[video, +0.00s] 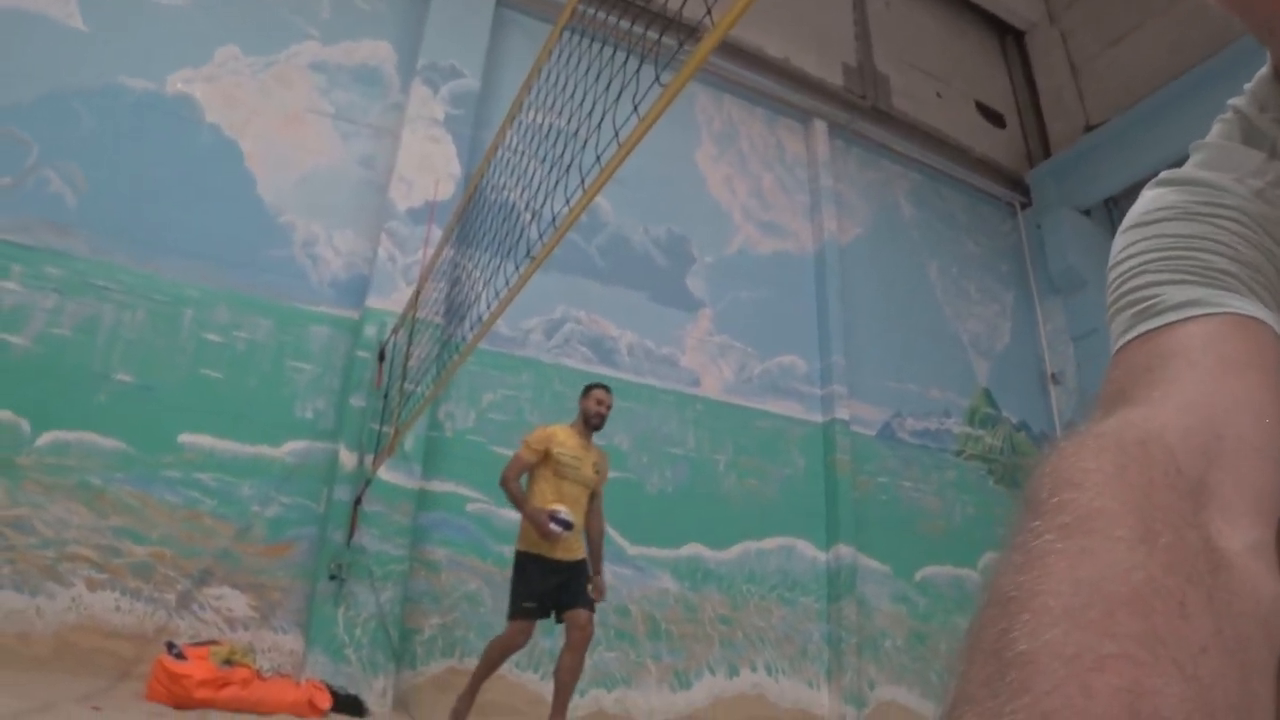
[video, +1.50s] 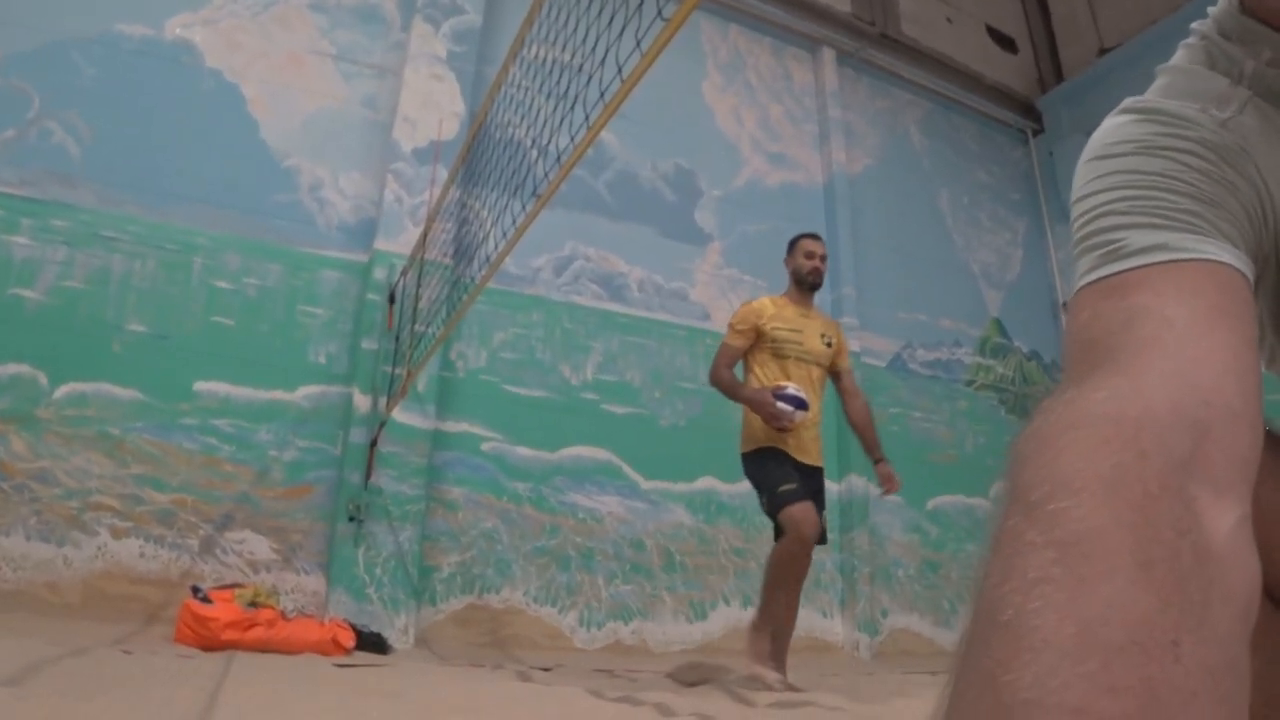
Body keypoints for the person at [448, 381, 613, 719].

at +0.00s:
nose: (602, 411)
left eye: (607, 407)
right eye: (597, 403)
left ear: (609, 415)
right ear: (581, 403)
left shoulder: (599, 459)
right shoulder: (548, 437)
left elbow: (595, 516)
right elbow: (509, 478)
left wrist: (597, 572)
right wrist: (531, 513)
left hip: (573, 560)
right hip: (534, 554)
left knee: (582, 630)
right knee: (518, 634)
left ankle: (558, 714)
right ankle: (467, 697)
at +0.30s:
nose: (641, 373)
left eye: (646, 369)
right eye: (635, 366)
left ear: (649, 378)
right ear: (619, 370)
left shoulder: (648, 426)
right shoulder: (590, 408)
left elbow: (662, 483)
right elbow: (550, 453)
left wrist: (681, 534)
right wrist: (567, 485)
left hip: (618, 527)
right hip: (585, 518)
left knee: (593, 613)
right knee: (618, 586)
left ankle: (573, 698)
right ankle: (580, 688)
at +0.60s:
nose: (673, 343)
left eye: (677, 338)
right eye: (665, 336)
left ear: (682, 346)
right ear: (649, 342)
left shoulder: (688, 394)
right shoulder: (625, 388)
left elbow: (699, 453)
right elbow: (593, 443)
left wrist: (713, 507)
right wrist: (620, 475)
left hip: (665, 508)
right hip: (632, 504)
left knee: (644, 600)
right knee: (657, 590)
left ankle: (591, 674)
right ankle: (645, 697)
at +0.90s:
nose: (711, 309)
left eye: (716, 304)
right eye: (704, 302)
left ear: (721, 312)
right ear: (686, 308)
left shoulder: (724, 366)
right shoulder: (664, 356)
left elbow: (715, 421)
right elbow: (632, 411)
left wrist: (718, 463)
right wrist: (672, 439)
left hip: (717, 488)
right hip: (675, 488)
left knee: (756, 561)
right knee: (668, 580)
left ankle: (690, 634)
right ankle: (649, 679)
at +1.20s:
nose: (769, 291)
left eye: (775, 286)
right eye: (762, 283)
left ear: (780, 298)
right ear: (743, 290)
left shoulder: (777, 355)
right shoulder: (717, 337)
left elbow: (759, 408)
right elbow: (679, 392)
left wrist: (764, 449)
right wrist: (721, 423)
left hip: (770, 478)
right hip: (721, 477)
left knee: (790, 564)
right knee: (702, 570)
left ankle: (775, 681)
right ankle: (658, 656)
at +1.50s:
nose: (817, 264)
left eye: (822, 259)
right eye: (809, 256)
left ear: (826, 270)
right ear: (788, 262)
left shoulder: (830, 331)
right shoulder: (758, 312)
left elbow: (853, 397)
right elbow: (718, 373)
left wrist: (878, 460)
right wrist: (753, 398)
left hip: (809, 454)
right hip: (766, 446)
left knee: (798, 557)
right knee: (802, 526)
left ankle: (776, 666)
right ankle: (759, 637)